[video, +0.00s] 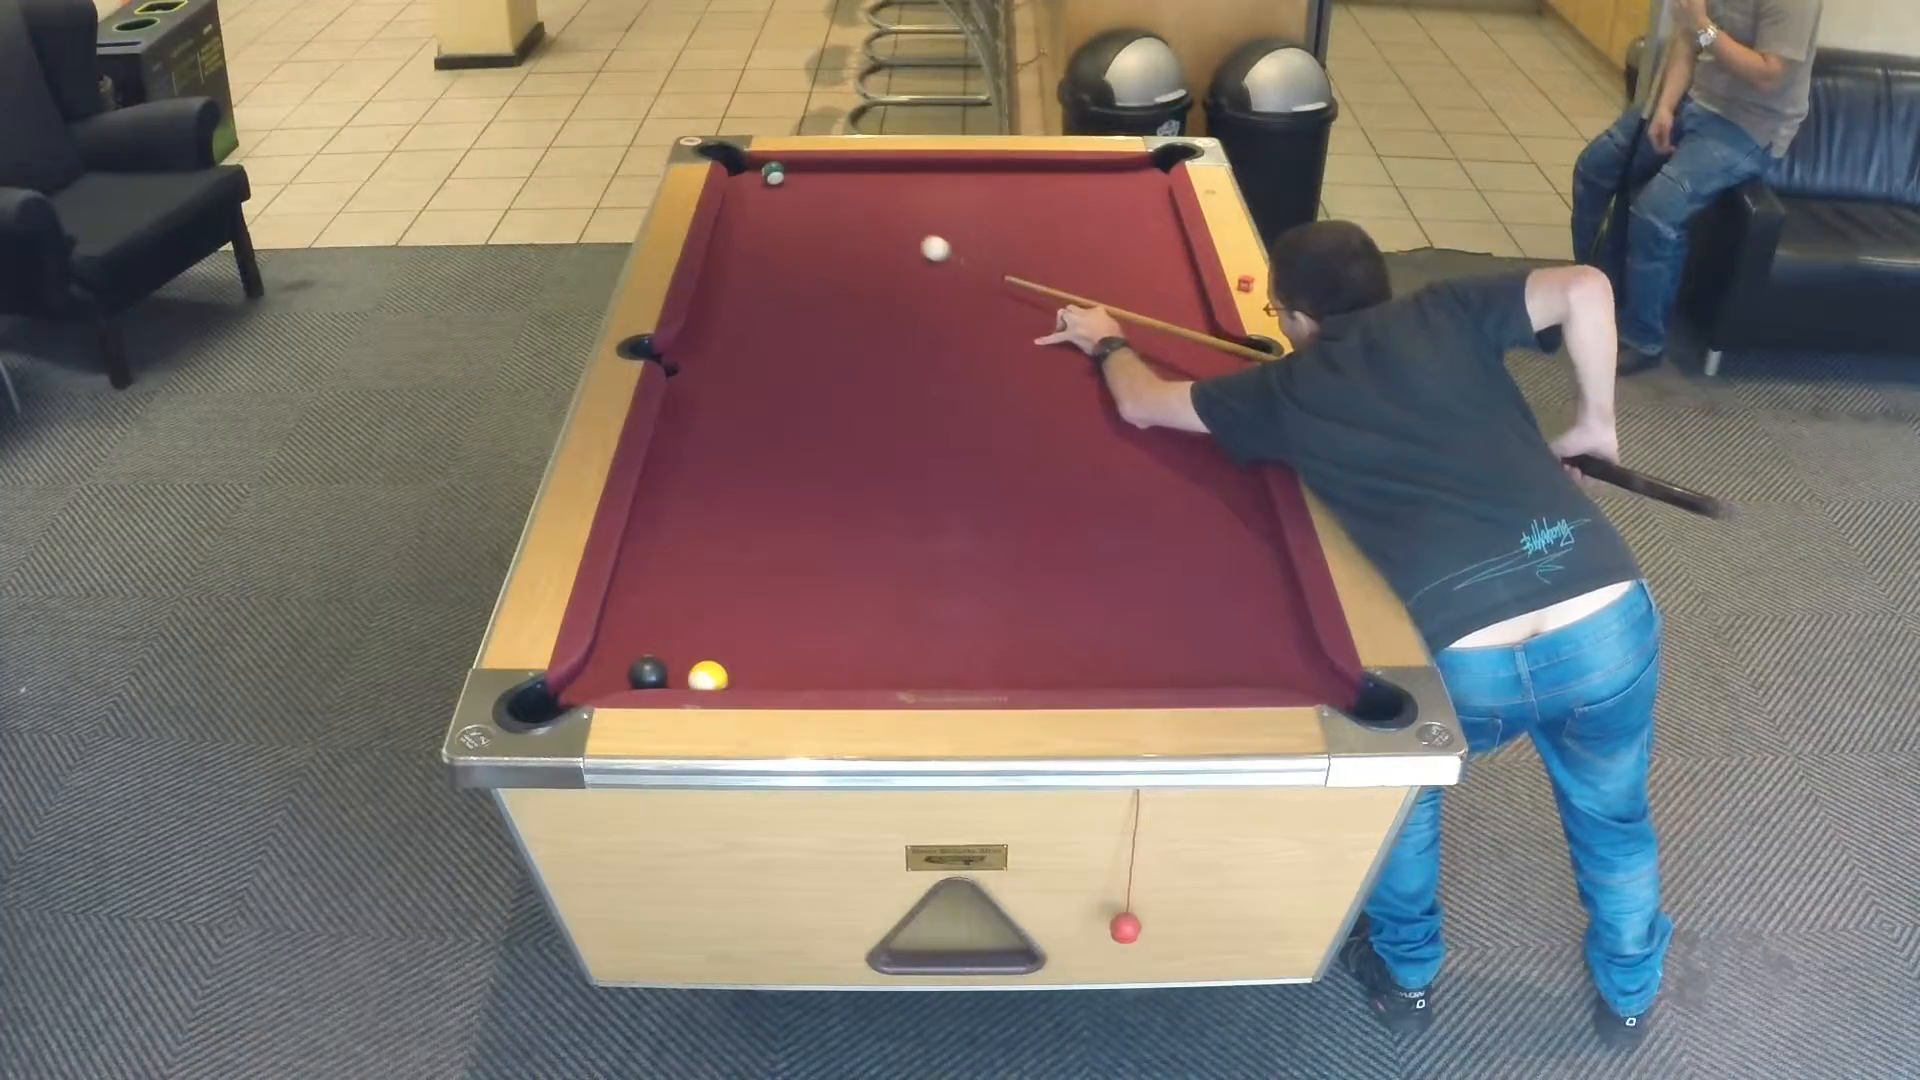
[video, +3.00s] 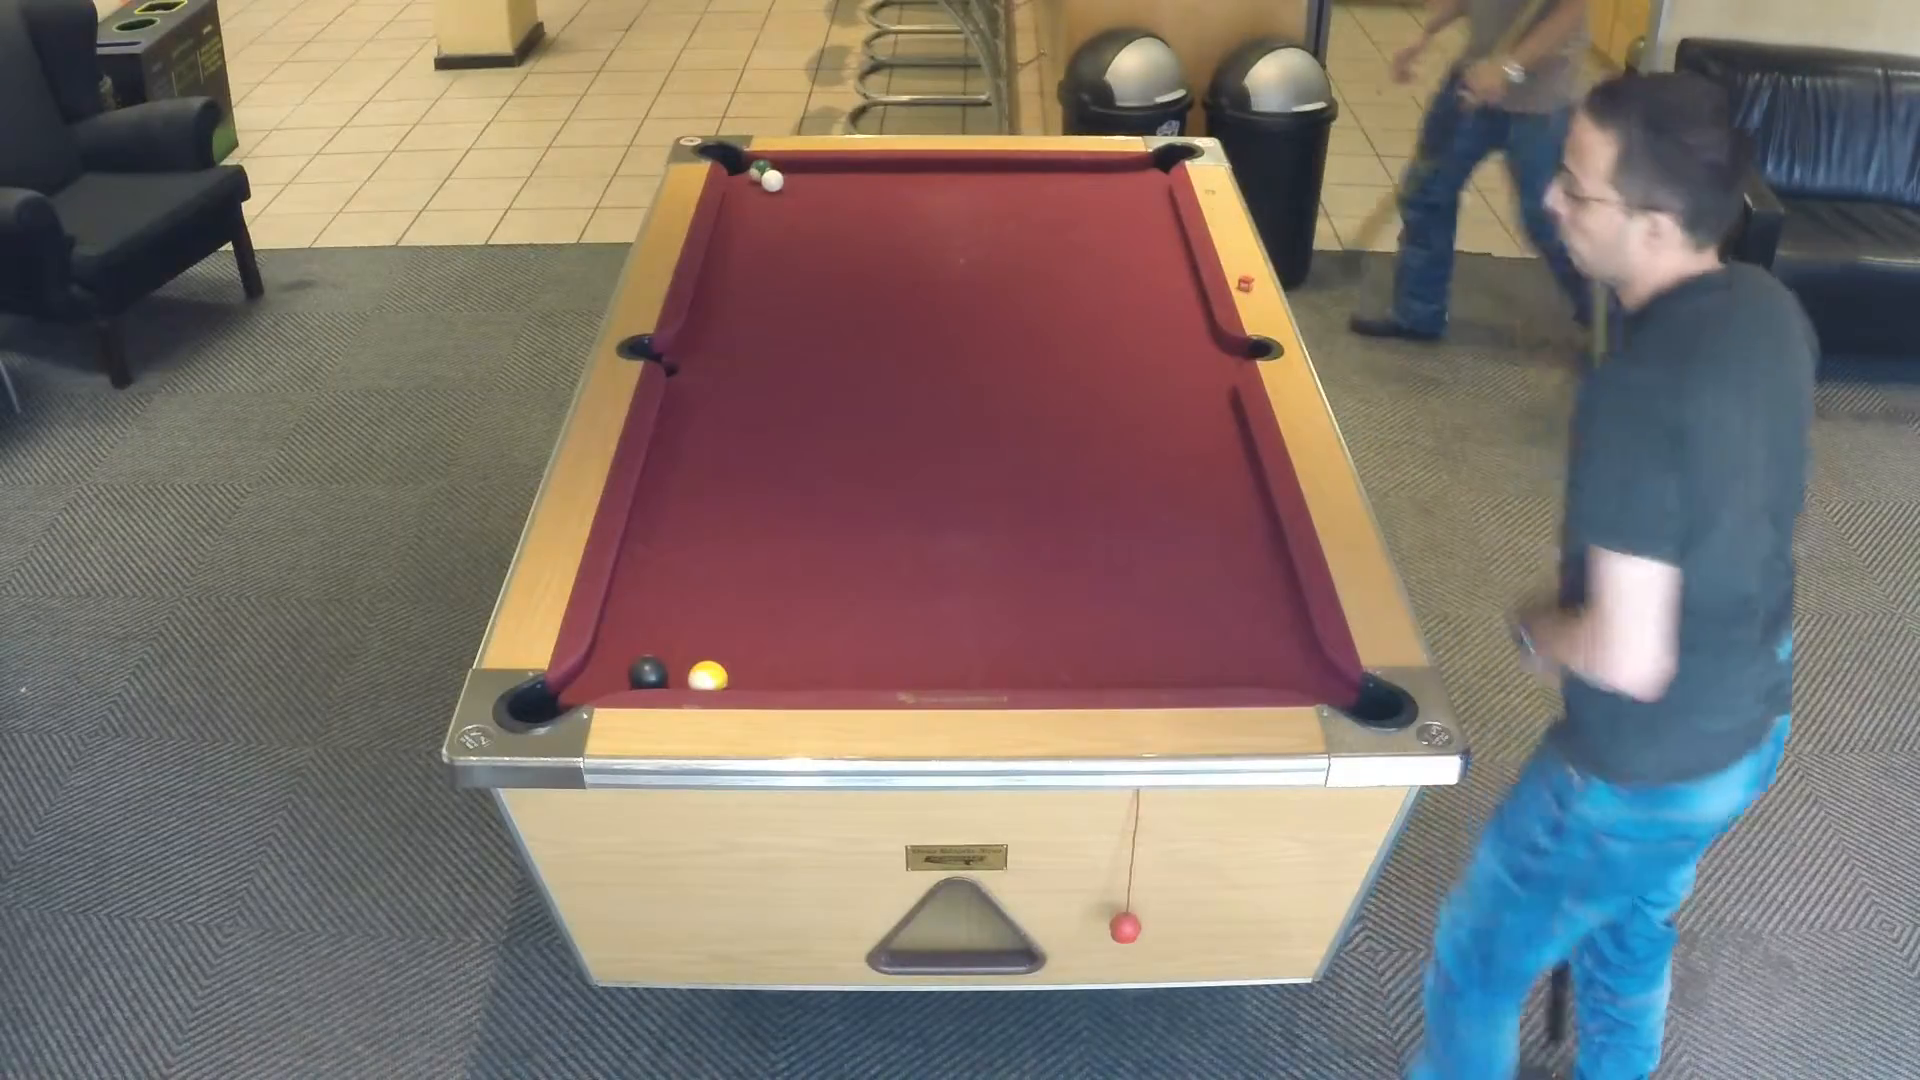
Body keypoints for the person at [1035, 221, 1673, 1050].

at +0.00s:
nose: (1279, 321)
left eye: (1281, 308)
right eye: (1279, 308)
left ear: (1298, 318)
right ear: (1386, 290)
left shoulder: (1286, 388)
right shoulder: (1451, 312)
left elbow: (1144, 401)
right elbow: (1584, 286)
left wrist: (1105, 342)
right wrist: (1597, 419)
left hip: (1469, 660)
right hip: (1607, 622)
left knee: (1394, 763)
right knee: (1615, 818)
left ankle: (1408, 965)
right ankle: (1631, 988)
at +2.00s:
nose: (1289, 300)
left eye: (1290, 288)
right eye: (1287, 288)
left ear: (1307, 300)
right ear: (1399, 273)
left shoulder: (1292, 377)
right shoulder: (1466, 306)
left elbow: (1161, 392)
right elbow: (1610, 313)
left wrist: (1105, 341)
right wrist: (1606, 441)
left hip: (1479, 663)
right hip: (1617, 625)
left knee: (1406, 762)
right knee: (1621, 824)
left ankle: (1407, 966)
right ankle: (1631, 989)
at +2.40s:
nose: (1341, 189)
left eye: (1346, 175)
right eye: (1346, 171)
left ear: (1370, 194)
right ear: (1463, 180)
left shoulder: (1343, 300)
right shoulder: (1550, 251)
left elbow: (1277, 466)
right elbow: (1702, 385)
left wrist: (1247, 378)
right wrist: (1604, 446)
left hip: (1508, 640)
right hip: (1652, 621)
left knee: (1424, 780)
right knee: (1610, 831)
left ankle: (1404, 966)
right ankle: (1605, 1019)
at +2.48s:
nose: (1370, 167)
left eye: (1376, 154)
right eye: (1374, 150)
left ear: (1398, 176)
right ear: (1494, 163)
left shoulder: (1365, 295)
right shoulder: (1584, 245)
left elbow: (1341, 493)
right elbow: (1719, 394)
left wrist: (1374, 413)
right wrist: (1611, 453)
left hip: (1519, 637)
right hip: (1662, 621)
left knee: (1436, 792)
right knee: (1606, 841)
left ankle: (1403, 973)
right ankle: (1602, 1042)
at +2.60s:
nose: (1419, 149)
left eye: (1430, 138)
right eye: (1426, 132)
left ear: (1464, 166)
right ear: (1548, 147)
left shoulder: (1420, 297)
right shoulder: (1636, 248)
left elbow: (1416, 510)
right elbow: (1743, 423)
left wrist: (1503, 473)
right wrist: (1638, 464)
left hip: (1546, 661)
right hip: (1684, 639)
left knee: (1450, 817)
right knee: (1606, 859)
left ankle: (1402, 969)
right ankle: (1613, 1060)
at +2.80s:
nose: (1504, 176)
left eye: (1521, 161)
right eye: (1510, 155)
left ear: (1582, 182)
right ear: (1638, 176)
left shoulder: (1556, 340)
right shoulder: (1737, 285)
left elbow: (1503, 578)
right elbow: (1753, 454)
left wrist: (1470, 497)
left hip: (1597, 728)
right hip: (1723, 706)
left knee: (1473, 865)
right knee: (1622, 911)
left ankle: (1404, 985)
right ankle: (1612, 1066)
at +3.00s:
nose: (1551, 202)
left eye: (1577, 192)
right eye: (1561, 180)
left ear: (1656, 227)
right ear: (1676, 227)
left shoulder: (1635, 393)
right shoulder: (1771, 312)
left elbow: (1632, 661)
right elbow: (1757, 510)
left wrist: (1539, 622)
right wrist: (1611, 589)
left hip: (1634, 773)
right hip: (1741, 724)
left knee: (1477, 967)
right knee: (1629, 946)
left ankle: (1454, 1069)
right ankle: (1615, 1068)